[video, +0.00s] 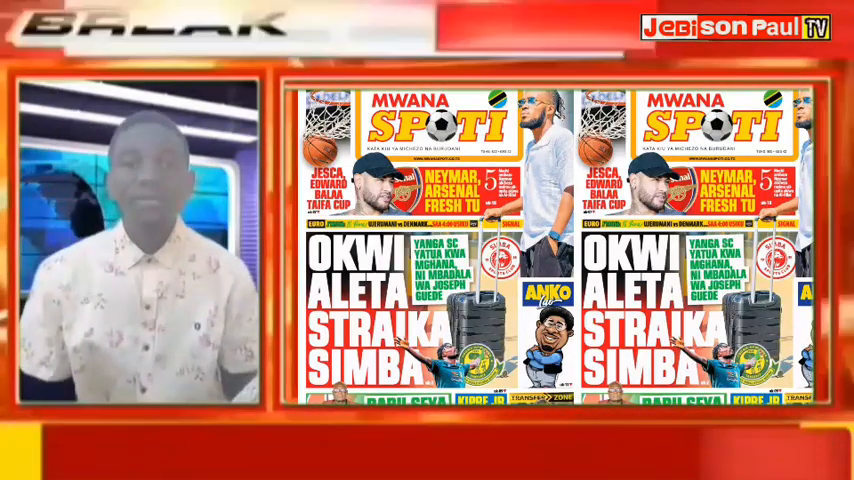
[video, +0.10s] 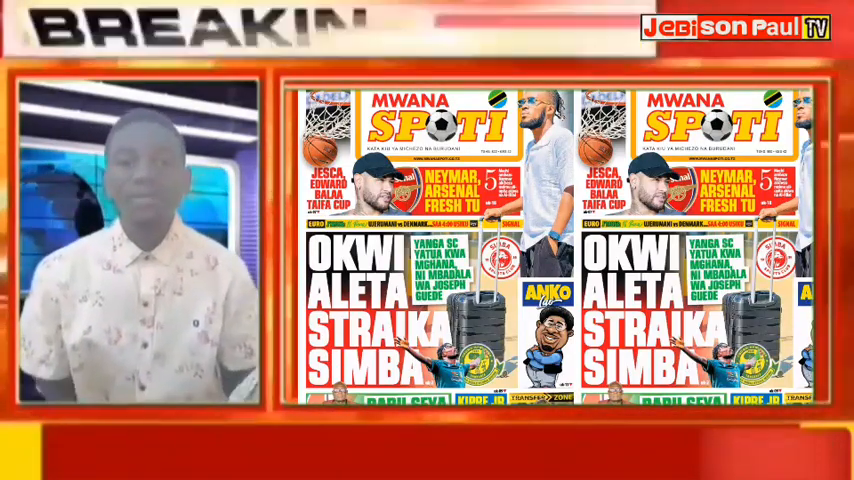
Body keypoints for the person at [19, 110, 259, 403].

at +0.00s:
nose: (147, 178)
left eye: (166, 163)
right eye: (130, 164)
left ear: (190, 183)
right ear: (110, 183)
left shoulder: (227, 274)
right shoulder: (62, 273)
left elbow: (238, 385)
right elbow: (45, 396)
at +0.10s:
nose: (143, 176)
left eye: (162, 162)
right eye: (126, 162)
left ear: (187, 180)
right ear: (107, 181)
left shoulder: (225, 271)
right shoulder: (60, 272)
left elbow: (244, 385)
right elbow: (55, 391)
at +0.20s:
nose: (139, 175)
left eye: (157, 161)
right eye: (122, 161)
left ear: (182, 179)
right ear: (104, 180)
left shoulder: (221, 268)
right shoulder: (59, 271)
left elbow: (248, 383)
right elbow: (42, 391)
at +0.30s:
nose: (137, 176)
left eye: (155, 162)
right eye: (120, 163)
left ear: (180, 180)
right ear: (102, 183)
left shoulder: (220, 269)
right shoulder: (60, 273)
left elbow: (249, 375)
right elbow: (54, 385)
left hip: (194, 440)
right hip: (97, 442)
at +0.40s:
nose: (136, 176)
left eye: (154, 162)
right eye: (119, 164)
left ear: (178, 180)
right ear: (100, 183)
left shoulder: (219, 269)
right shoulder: (59, 274)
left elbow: (254, 372)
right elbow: (36, 388)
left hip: (193, 439)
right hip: (92, 442)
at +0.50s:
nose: (137, 180)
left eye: (155, 167)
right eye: (119, 168)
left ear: (177, 184)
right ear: (98, 187)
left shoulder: (217, 273)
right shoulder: (58, 278)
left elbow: (253, 375)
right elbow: (39, 391)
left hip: (191, 445)